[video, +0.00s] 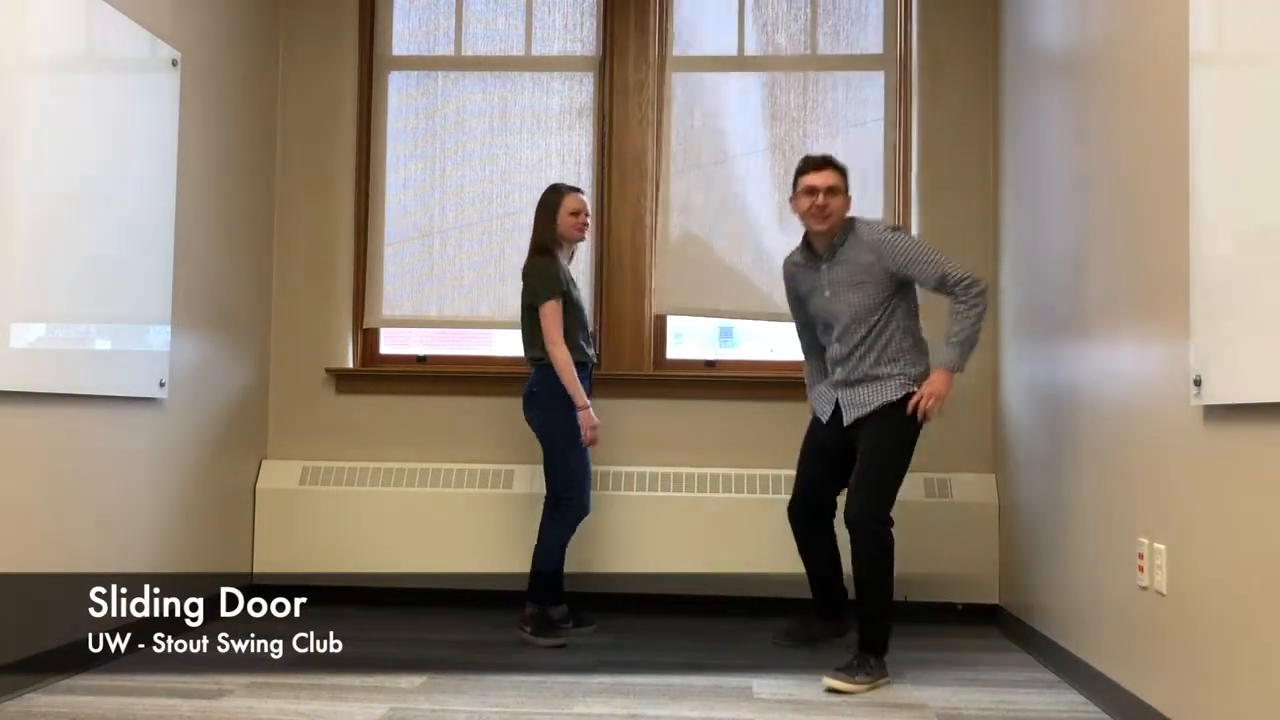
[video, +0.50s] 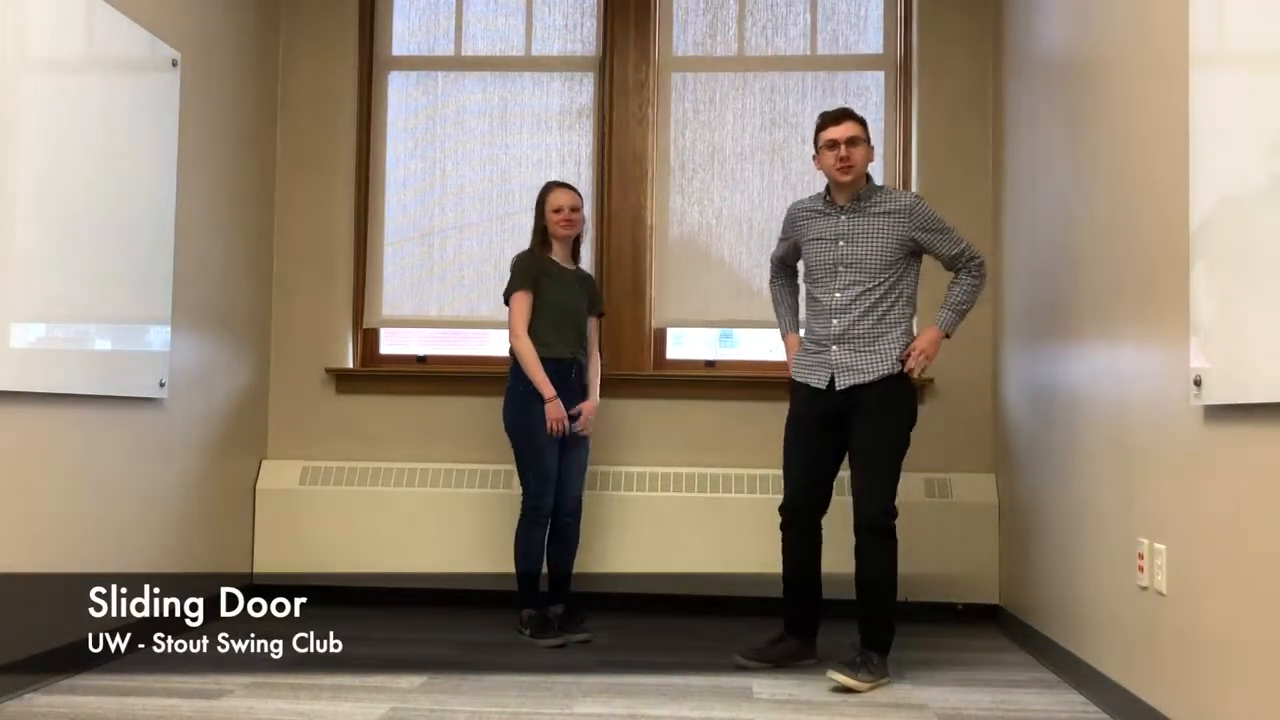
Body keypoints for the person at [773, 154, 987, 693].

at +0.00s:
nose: (820, 202)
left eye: (831, 192)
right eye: (810, 193)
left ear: (847, 200)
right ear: (794, 202)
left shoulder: (883, 244)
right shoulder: (796, 266)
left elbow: (968, 289)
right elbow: (811, 344)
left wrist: (947, 369)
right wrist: (822, 401)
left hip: (895, 398)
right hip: (836, 404)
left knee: (865, 514)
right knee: (807, 510)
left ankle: (872, 656)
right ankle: (832, 616)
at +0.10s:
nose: (832, 185)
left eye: (843, 174)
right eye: (821, 175)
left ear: (860, 182)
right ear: (806, 185)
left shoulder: (894, 229)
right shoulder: (801, 250)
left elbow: (978, 276)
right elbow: (807, 325)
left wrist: (951, 357)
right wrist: (813, 385)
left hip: (892, 395)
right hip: (830, 397)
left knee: (866, 514)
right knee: (800, 507)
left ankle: (873, 655)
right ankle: (829, 613)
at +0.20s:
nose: (840, 170)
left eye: (851, 160)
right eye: (829, 162)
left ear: (868, 168)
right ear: (814, 172)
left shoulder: (903, 219)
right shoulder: (804, 235)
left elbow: (982, 269)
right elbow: (802, 307)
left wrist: (953, 345)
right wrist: (801, 371)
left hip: (890, 388)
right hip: (827, 387)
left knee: (867, 515)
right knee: (795, 503)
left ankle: (873, 654)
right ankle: (824, 614)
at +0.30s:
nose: (845, 162)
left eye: (855, 152)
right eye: (834, 154)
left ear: (872, 159)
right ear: (819, 164)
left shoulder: (909, 214)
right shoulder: (807, 226)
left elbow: (982, 263)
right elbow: (796, 290)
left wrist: (952, 337)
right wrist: (795, 354)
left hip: (889, 385)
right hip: (823, 384)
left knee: (869, 516)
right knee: (793, 504)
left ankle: (872, 654)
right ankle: (818, 617)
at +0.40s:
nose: (846, 156)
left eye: (856, 146)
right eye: (835, 149)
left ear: (873, 154)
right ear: (820, 161)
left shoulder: (909, 212)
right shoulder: (807, 220)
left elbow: (979, 263)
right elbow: (788, 275)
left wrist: (948, 332)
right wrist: (792, 343)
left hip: (887, 383)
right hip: (820, 384)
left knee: (871, 516)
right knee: (794, 507)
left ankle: (872, 654)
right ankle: (800, 633)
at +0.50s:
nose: (843, 153)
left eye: (853, 143)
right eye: (832, 146)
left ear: (870, 152)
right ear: (817, 158)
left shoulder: (904, 211)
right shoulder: (803, 216)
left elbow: (972, 266)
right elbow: (782, 270)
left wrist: (940, 329)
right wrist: (790, 333)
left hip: (881, 385)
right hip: (814, 385)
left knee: (873, 515)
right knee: (798, 510)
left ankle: (873, 652)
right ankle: (798, 637)